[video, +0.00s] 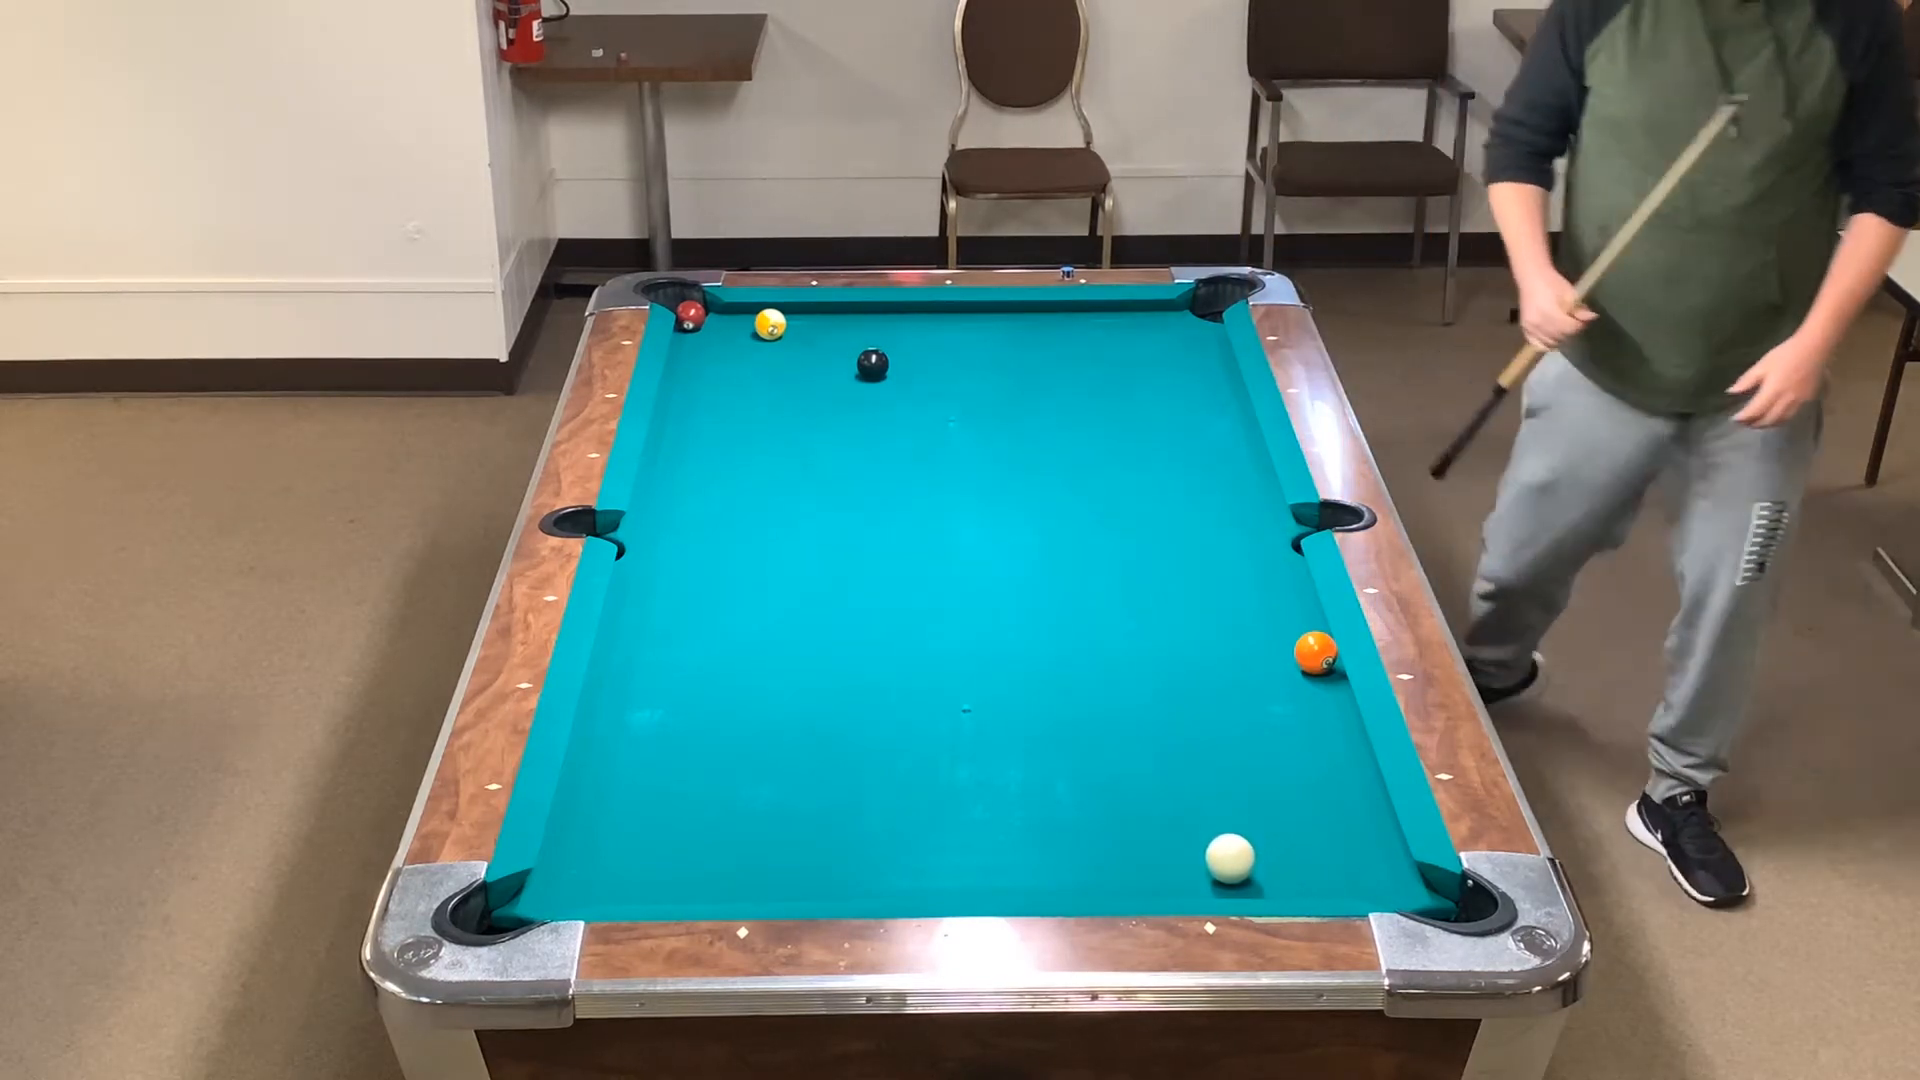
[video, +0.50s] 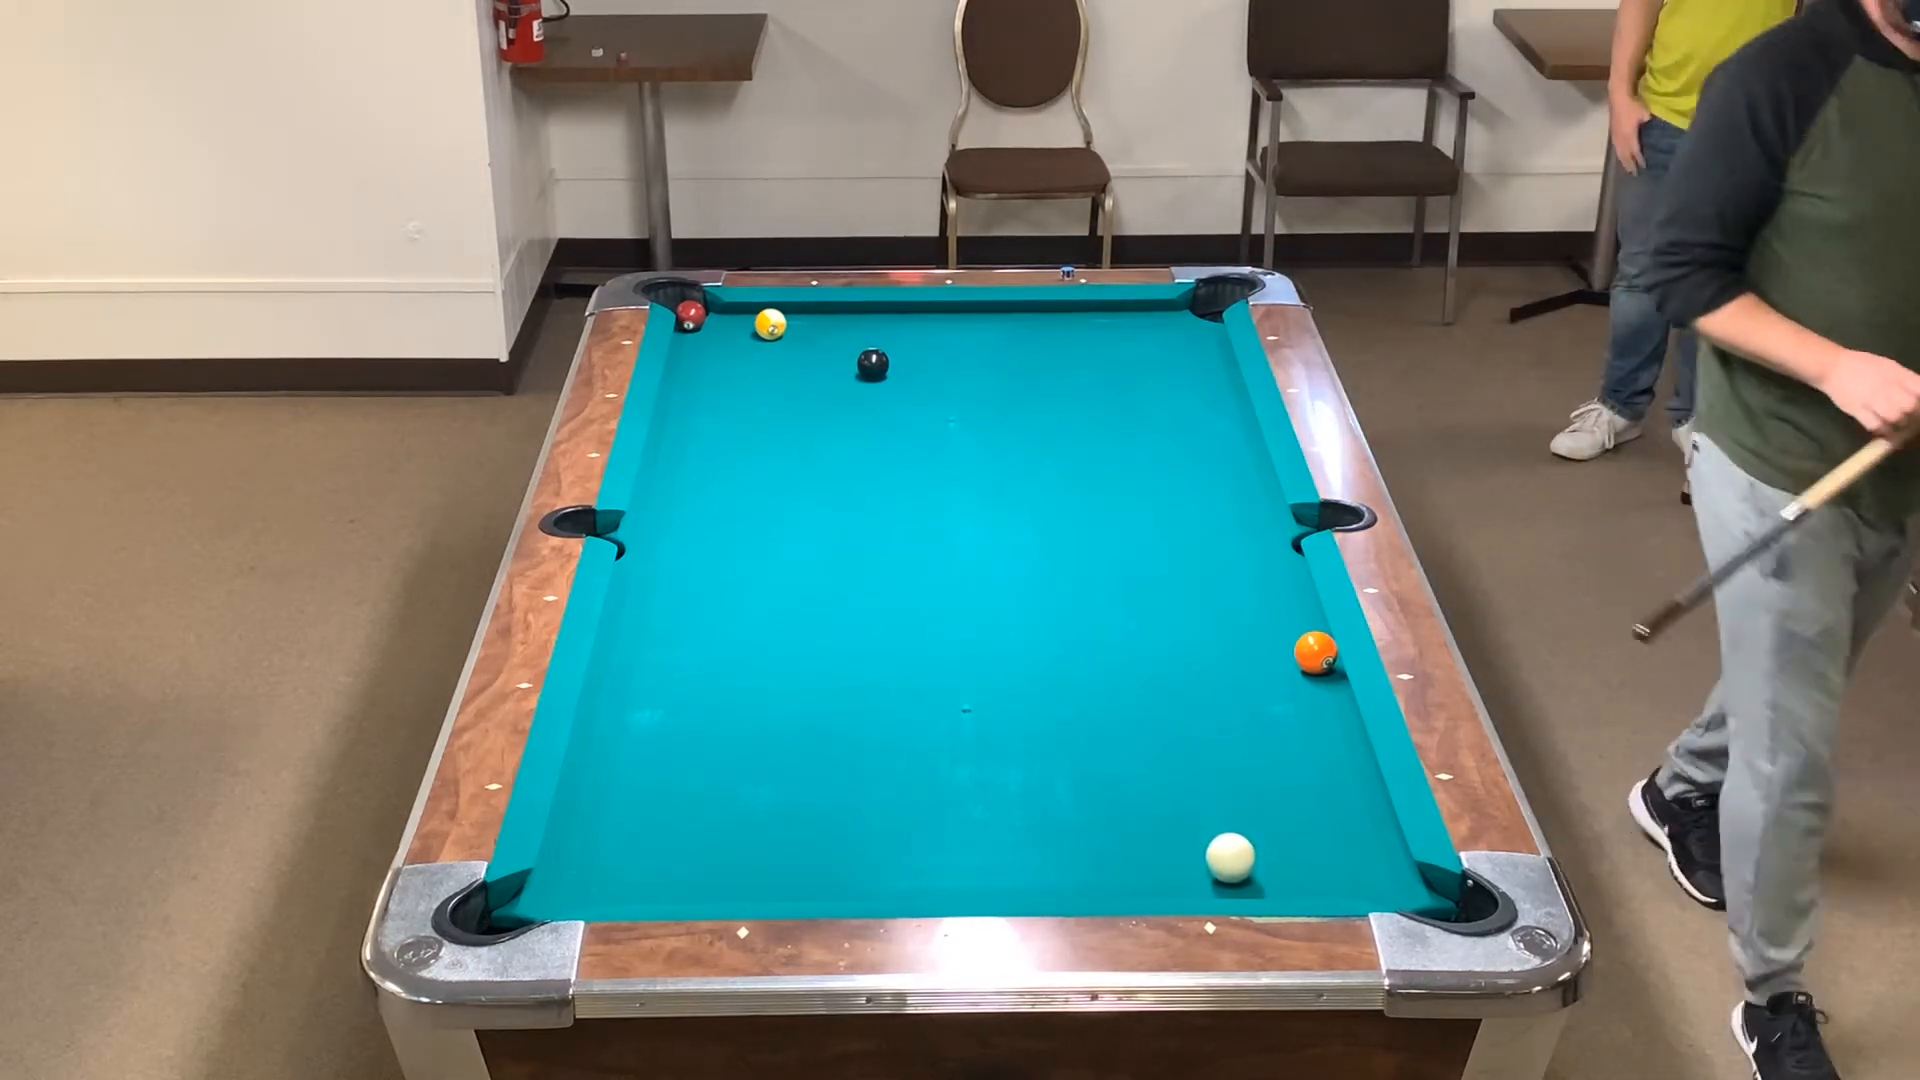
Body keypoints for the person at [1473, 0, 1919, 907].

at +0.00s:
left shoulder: (1852, 16)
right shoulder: (1597, 6)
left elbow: (1890, 188)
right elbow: (1517, 144)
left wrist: (1812, 345)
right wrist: (1533, 274)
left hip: (1762, 378)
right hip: (1603, 355)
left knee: (1729, 594)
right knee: (1515, 562)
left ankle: (1678, 790)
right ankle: (1494, 666)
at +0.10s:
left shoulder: (1887, 24)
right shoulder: (1637, 9)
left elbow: (1918, 189)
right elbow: (1554, 160)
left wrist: (1882, 322)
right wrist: (1595, 294)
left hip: (1800, 394)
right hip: (1642, 368)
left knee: (1740, 618)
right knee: (1560, 602)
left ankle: (1679, 794)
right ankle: (1535, 720)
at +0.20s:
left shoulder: (1904, 40)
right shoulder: (1678, 14)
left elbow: (1918, 202)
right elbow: (1583, 186)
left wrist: (1917, 302)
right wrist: (1670, 311)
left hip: (1826, 412)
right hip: (1674, 395)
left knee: (1753, 628)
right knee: (1635, 635)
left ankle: (1683, 793)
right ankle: (1597, 811)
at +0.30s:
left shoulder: (1915, 44)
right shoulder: (1718, 23)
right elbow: (1618, 213)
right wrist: (1740, 330)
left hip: (1855, 420)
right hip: (1709, 413)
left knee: (1766, 657)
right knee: (1703, 675)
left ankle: (1682, 815)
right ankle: (1675, 911)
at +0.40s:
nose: (1892, 21)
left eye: (1902, 18)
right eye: (1878, 11)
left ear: (1912, 10)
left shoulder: (1916, 65)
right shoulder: (1744, 53)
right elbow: (1652, 254)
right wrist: (1799, 349)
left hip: (1878, 438)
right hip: (1741, 435)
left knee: (1778, 659)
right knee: (1746, 721)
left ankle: (1673, 789)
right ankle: (1759, 968)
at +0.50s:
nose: (1911, 6)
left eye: (1912, 2)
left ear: (1900, 0)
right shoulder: (1773, 80)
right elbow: (1679, 275)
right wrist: (1839, 366)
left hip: (1899, 469)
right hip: (1772, 461)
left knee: (1804, 660)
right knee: (1792, 743)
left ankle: (1686, 783)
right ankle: (1775, 993)